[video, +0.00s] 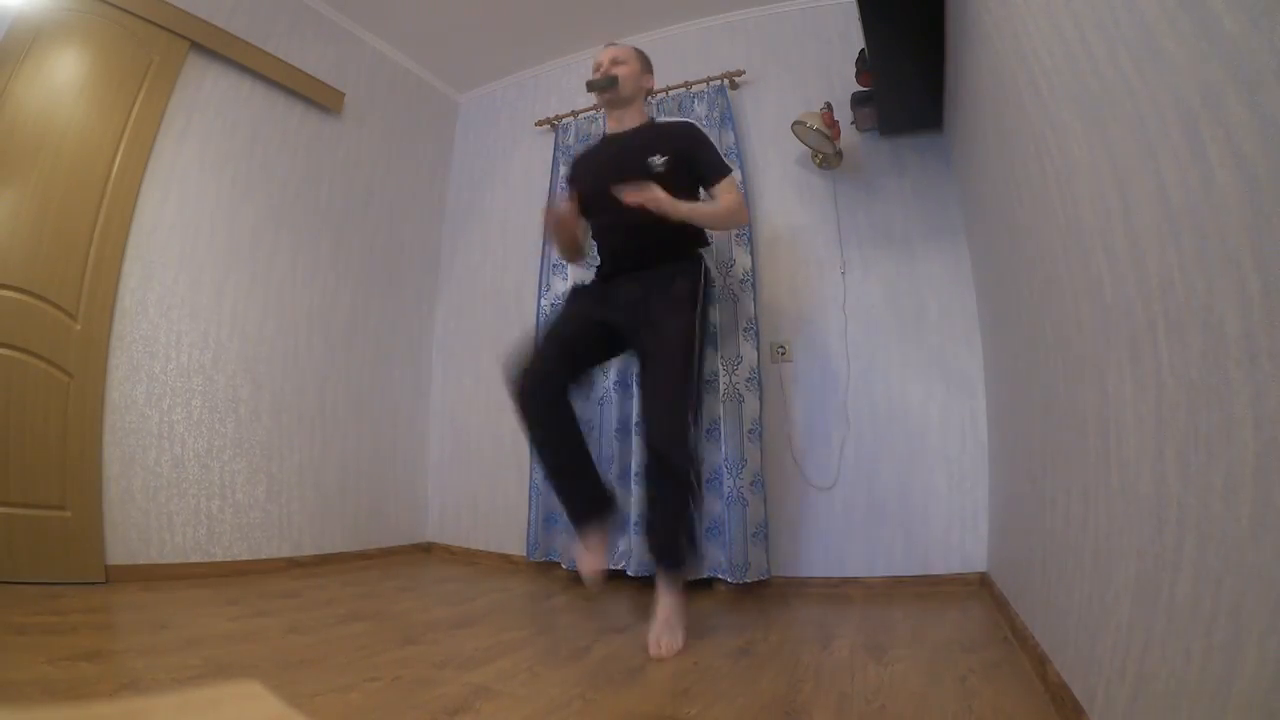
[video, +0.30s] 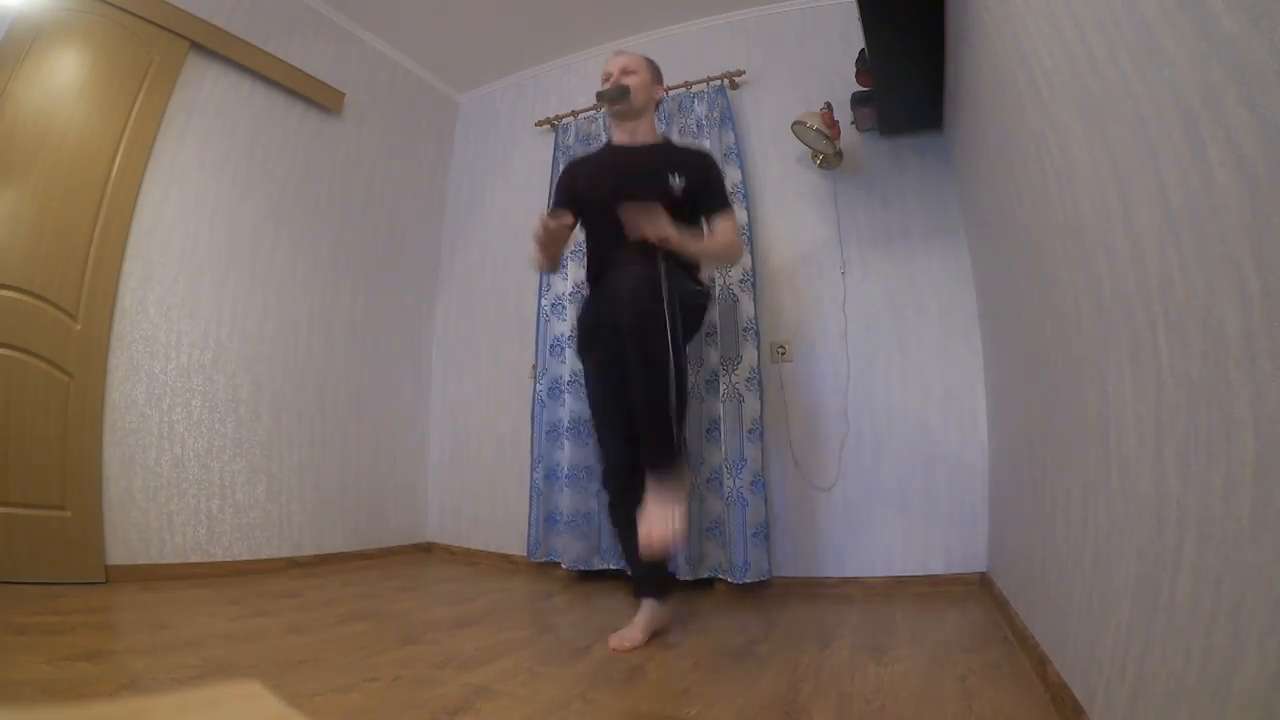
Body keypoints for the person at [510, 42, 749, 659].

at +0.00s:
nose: (604, 65)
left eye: (620, 59)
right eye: (599, 62)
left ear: (649, 84)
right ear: (592, 90)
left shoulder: (680, 137)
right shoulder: (585, 162)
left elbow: (736, 211)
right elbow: (572, 252)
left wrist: (672, 205)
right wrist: (561, 224)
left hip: (673, 289)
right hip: (610, 291)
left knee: (665, 432)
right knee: (536, 378)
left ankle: (669, 583)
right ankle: (591, 515)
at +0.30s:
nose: (616, 79)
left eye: (631, 72)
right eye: (609, 75)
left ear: (659, 92)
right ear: (599, 99)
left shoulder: (693, 163)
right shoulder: (581, 171)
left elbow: (728, 246)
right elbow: (549, 261)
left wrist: (672, 235)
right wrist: (549, 235)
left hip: (674, 299)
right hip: (604, 311)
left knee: (638, 284)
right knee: (620, 456)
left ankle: (664, 472)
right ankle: (650, 596)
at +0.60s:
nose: (601, 68)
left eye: (617, 62)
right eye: (595, 65)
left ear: (648, 84)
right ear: (592, 93)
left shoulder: (680, 139)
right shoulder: (595, 165)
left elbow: (739, 207)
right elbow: (605, 260)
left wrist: (648, 184)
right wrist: (572, 268)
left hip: (677, 302)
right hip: (614, 301)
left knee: (685, 464)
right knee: (510, 297)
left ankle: (691, 617)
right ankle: (582, 439)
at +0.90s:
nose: (609, 71)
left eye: (623, 65)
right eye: (601, 68)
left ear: (650, 89)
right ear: (591, 94)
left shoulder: (682, 155)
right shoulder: (573, 166)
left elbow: (721, 239)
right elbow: (532, 258)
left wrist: (669, 233)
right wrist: (538, 228)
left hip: (668, 299)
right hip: (595, 308)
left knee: (624, 243)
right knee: (608, 447)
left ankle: (641, 456)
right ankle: (639, 597)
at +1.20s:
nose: (585, 65)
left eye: (599, 56)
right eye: (578, 61)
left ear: (634, 76)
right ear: (575, 85)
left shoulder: (660, 128)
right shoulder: (579, 156)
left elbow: (714, 198)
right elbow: (589, 246)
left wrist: (617, 157)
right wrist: (546, 261)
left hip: (652, 294)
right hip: (589, 291)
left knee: (643, 465)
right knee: (477, 288)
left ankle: (638, 623)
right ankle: (548, 437)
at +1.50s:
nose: (592, 59)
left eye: (608, 54)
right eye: (585, 57)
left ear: (637, 82)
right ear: (578, 88)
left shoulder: (673, 150)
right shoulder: (555, 162)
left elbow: (715, 237)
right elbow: (513, 250)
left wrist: (674, 247)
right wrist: (504, 222)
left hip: (659, 306)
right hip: (586, 312)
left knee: (599, 230)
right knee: (600, 451)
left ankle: (616, 441)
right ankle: (639, 600)